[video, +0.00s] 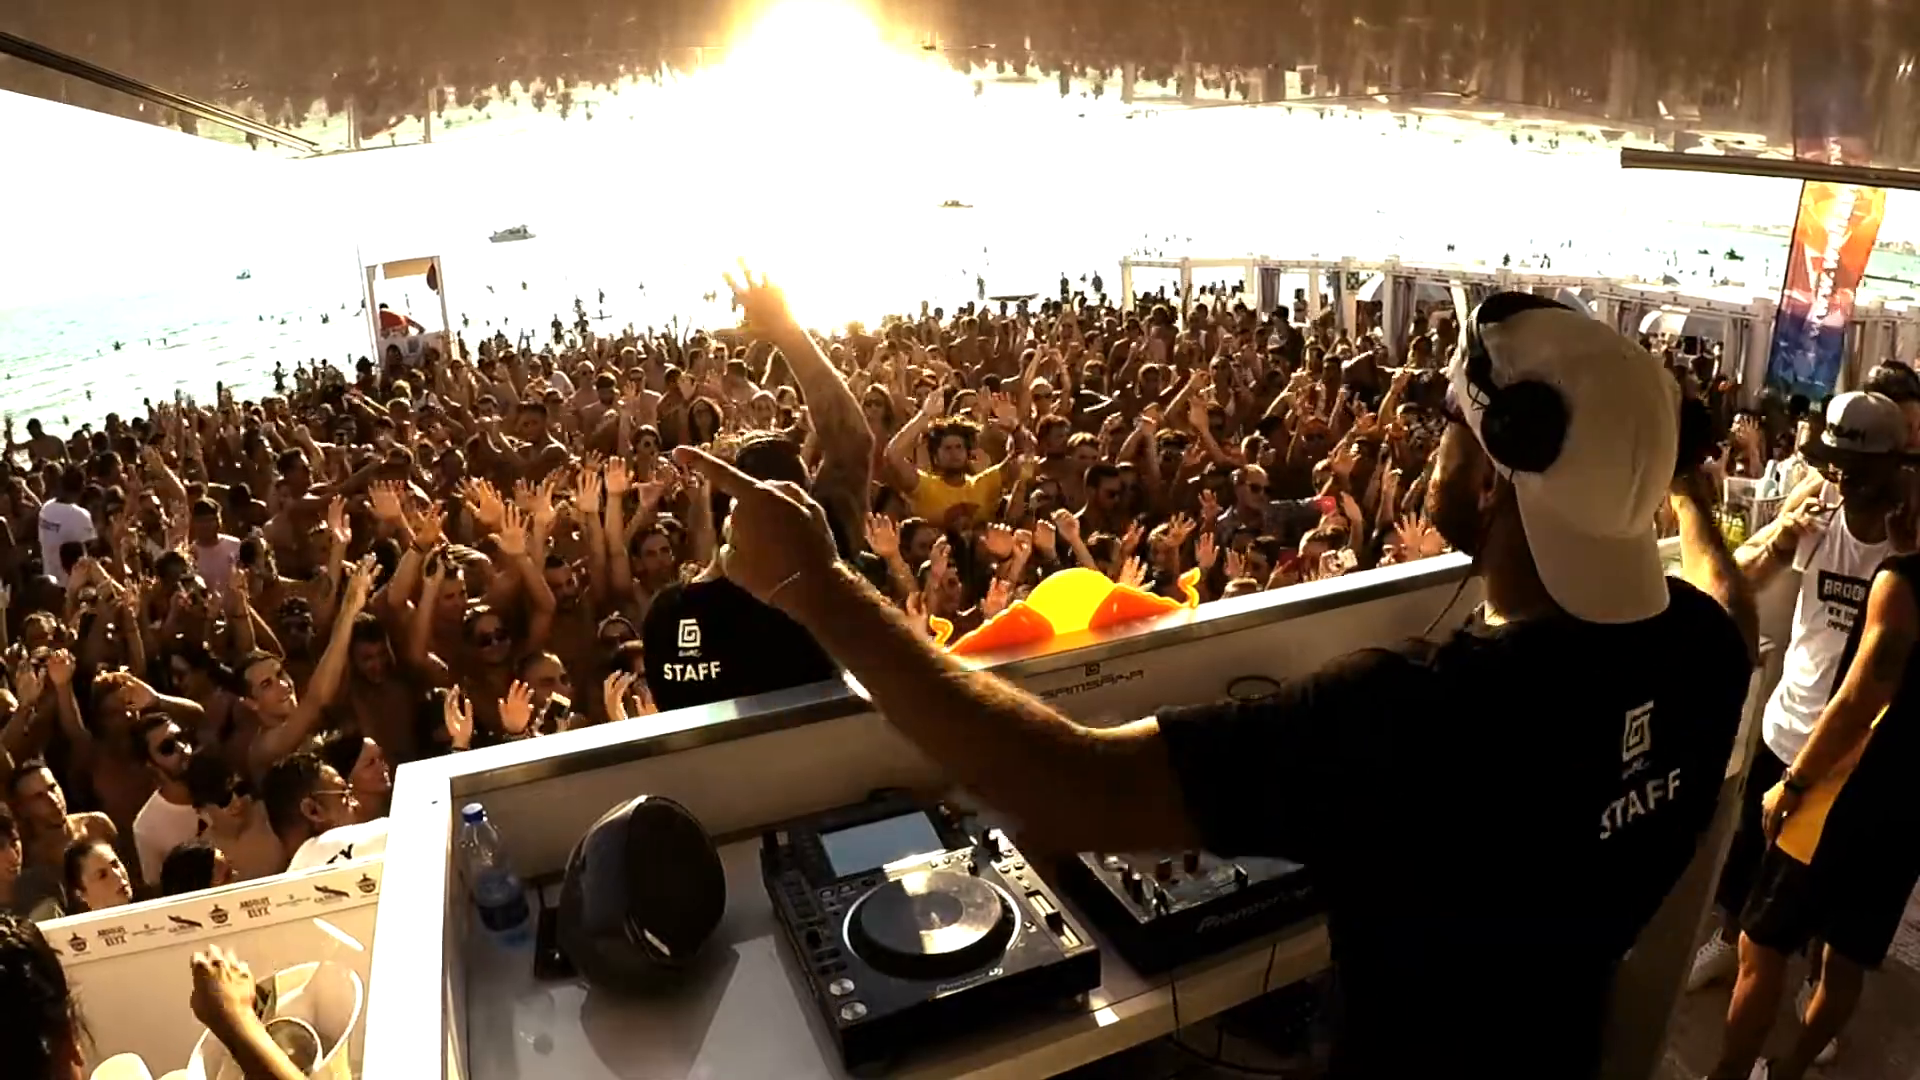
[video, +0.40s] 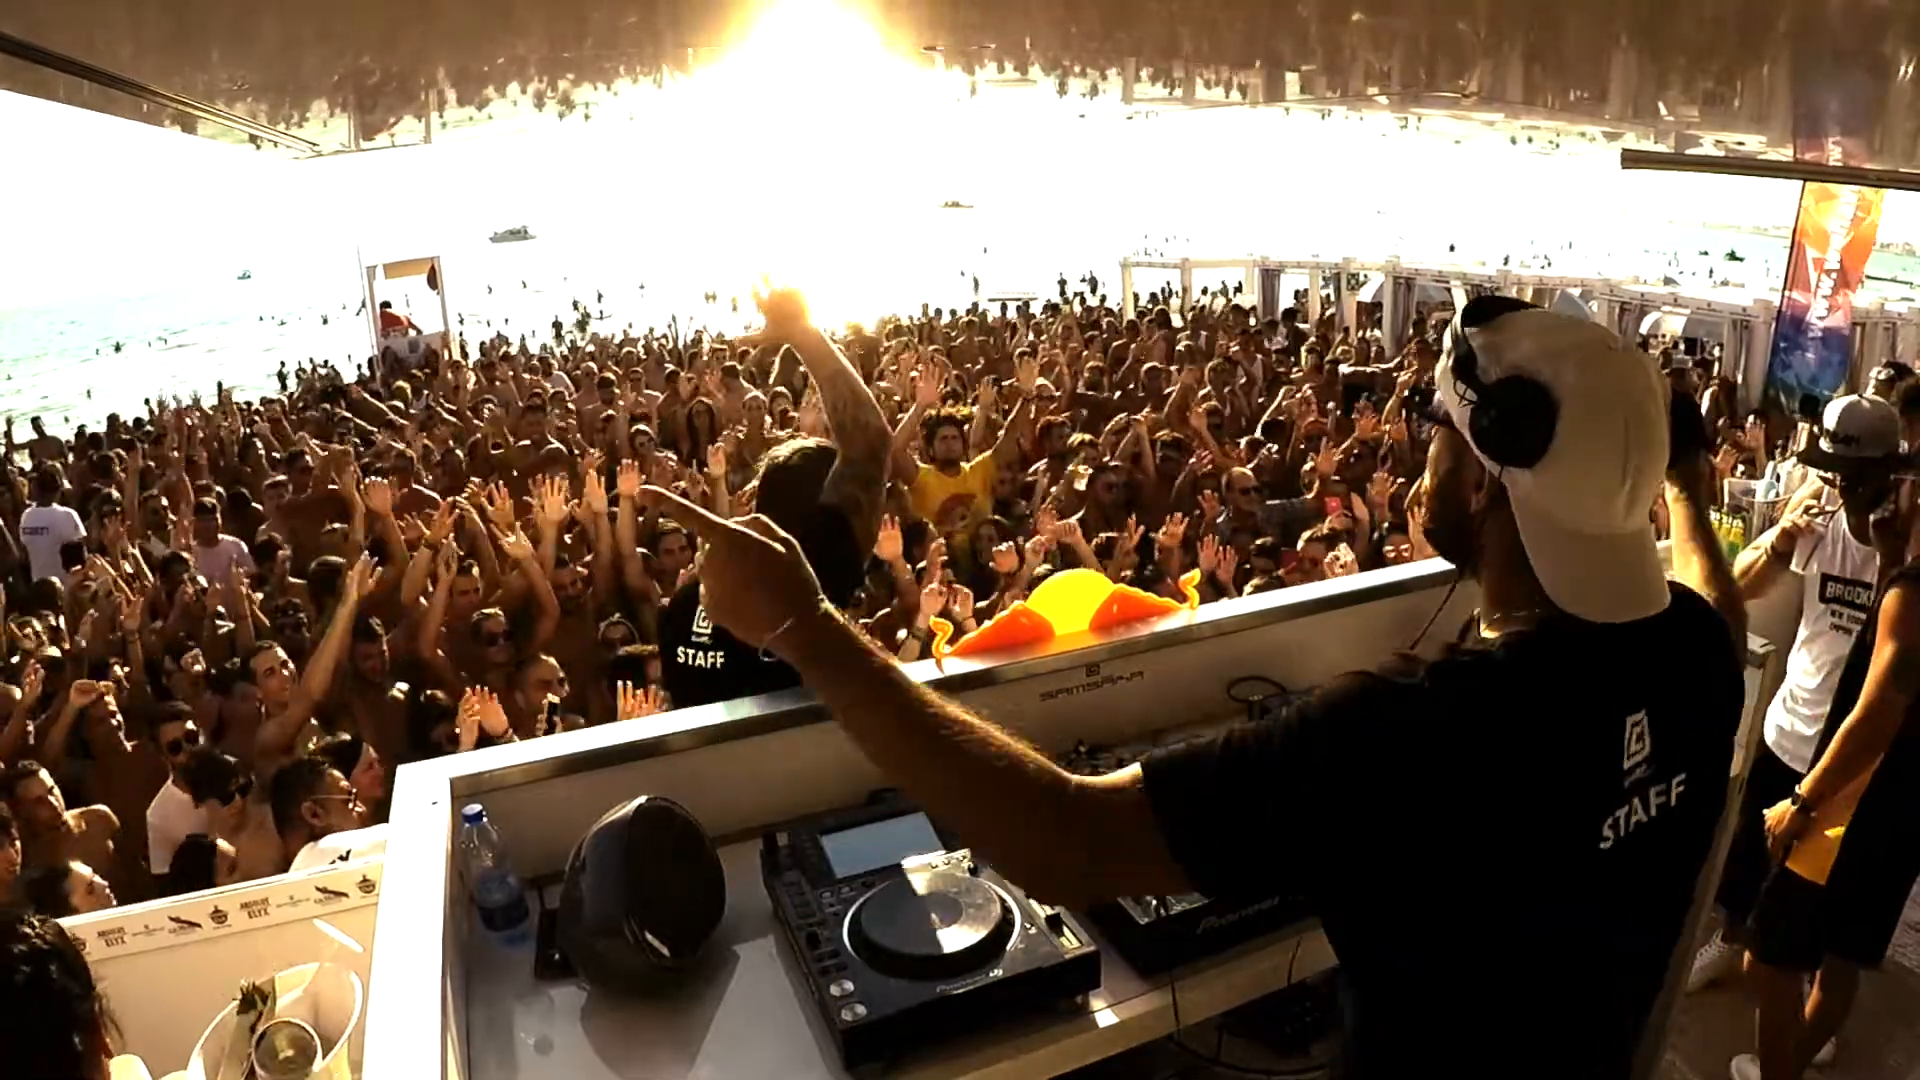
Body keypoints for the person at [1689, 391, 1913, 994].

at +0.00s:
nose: (1839, 479)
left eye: (1856, 469)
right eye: (1832, 464)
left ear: (1894, 469)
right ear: (1823, 460)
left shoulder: (1907, 540)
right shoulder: (1811, 511)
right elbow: (1731, 585)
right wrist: (1775, 539)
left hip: (1858, 748)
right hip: (1787, 721)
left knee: (1832, 862)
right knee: (1750, 837)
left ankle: (1819, 956)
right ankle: (1730, 935)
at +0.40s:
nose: (1843, 475)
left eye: (1859, 464)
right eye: (1836, 461)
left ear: (1891, 464)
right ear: (1826, 458)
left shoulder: (1907, 533)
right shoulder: (1815, 510)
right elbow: (1740, 589)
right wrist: (1782, 534)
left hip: (1856, 743)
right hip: (1790, 719)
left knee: (1820, 864)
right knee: (1751, 835)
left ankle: (1798, 966)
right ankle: (1735, 940)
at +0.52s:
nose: (1890, 497)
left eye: (1902, 485)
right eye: (1897, 483)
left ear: (1913, 504)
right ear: (1910, 507)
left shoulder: (1906, 595)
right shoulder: (1903, 588)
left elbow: (1883, 716)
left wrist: (1805, 804)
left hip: (1848, 810)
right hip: (1884, 811)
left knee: (1775, 962)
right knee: (1839, 951)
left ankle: (1777, 1068)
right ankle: (1808, 1050)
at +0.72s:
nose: (1834, 471)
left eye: (1847, 460)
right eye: (1831, 458)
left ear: (1878, 465)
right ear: (1827, 459)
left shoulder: (1900, 530)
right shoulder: (1813, 512)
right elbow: (1745, 588)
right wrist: (1783, 534)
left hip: (1864, 717)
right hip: (1796, 697)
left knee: (1822, 846)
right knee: (1757, 819)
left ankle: (1799, 973)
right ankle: (1730, 940)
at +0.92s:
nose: (1877, 513)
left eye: (1890, 499)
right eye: (1880, 499)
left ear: (1915, 511)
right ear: (1900, 514)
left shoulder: (1912, 617)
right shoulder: (1901, 602)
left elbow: (1884, 752)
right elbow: (1863, 659)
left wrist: (1801, 826)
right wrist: (1871, 565)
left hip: (1855, 828)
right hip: (1854, 817)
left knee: (1807, 962)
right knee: (1818, 953)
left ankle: (1792, 1067)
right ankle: (1805, 1052)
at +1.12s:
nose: (1877, 525)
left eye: (1889, 509)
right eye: (1879, 509)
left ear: (1910, 521)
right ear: (1899, 521)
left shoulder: (1915, 631)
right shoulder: (1895, 609)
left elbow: (1896, 774)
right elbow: (1854, 685)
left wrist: (1814, 856)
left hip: (1867, 846)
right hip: (1847, 833)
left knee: (1816, 1003)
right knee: (1808, 982)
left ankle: (1799, 1074)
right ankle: (1789, 1066)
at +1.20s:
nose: (1870, 519)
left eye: (1881, 506)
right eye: (1874, 504)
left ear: (1903, 521)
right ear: (1900, 521)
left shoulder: (1914, 633)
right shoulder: (1894, 613)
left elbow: (1899, 775)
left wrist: (1826, 867)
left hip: (1857, 861)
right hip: (1840, 845)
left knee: (1818, 1008)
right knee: (1811, 992)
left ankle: (1799, 1076)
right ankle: (1790, 1068)